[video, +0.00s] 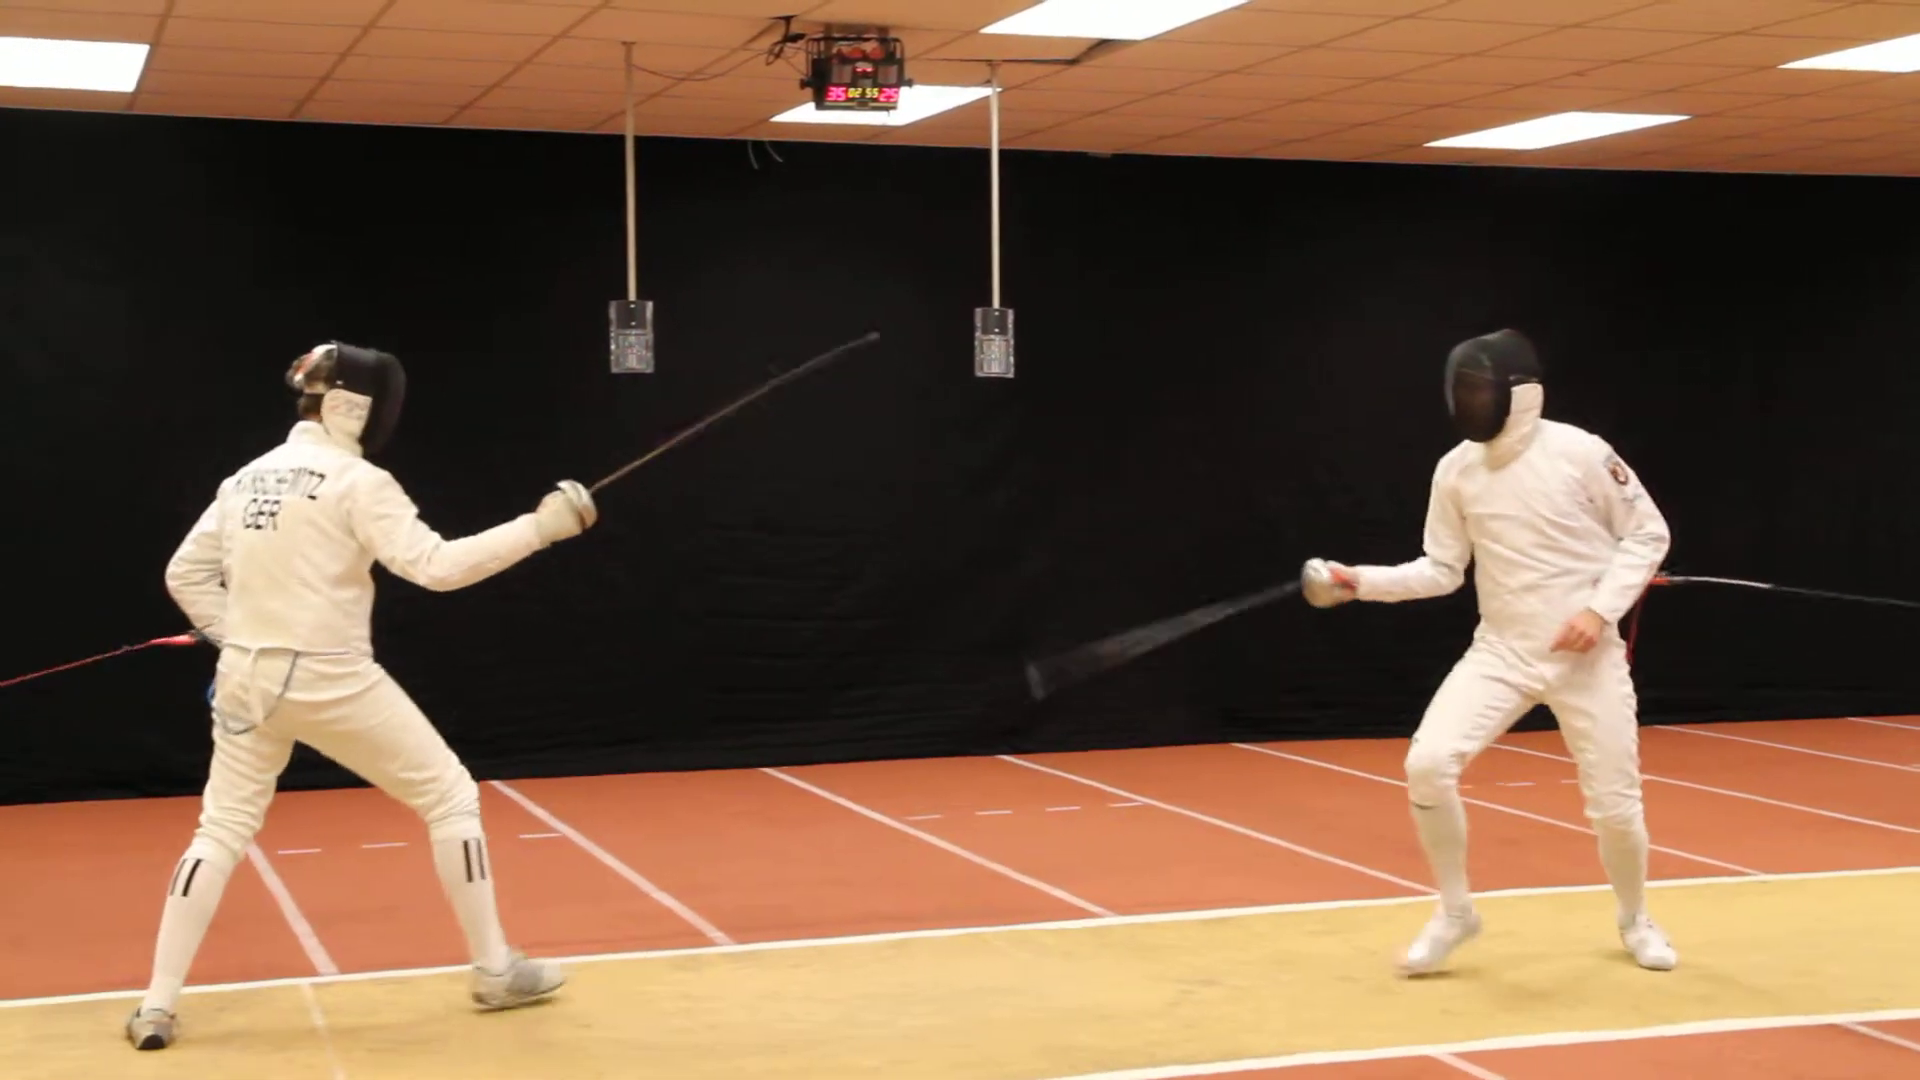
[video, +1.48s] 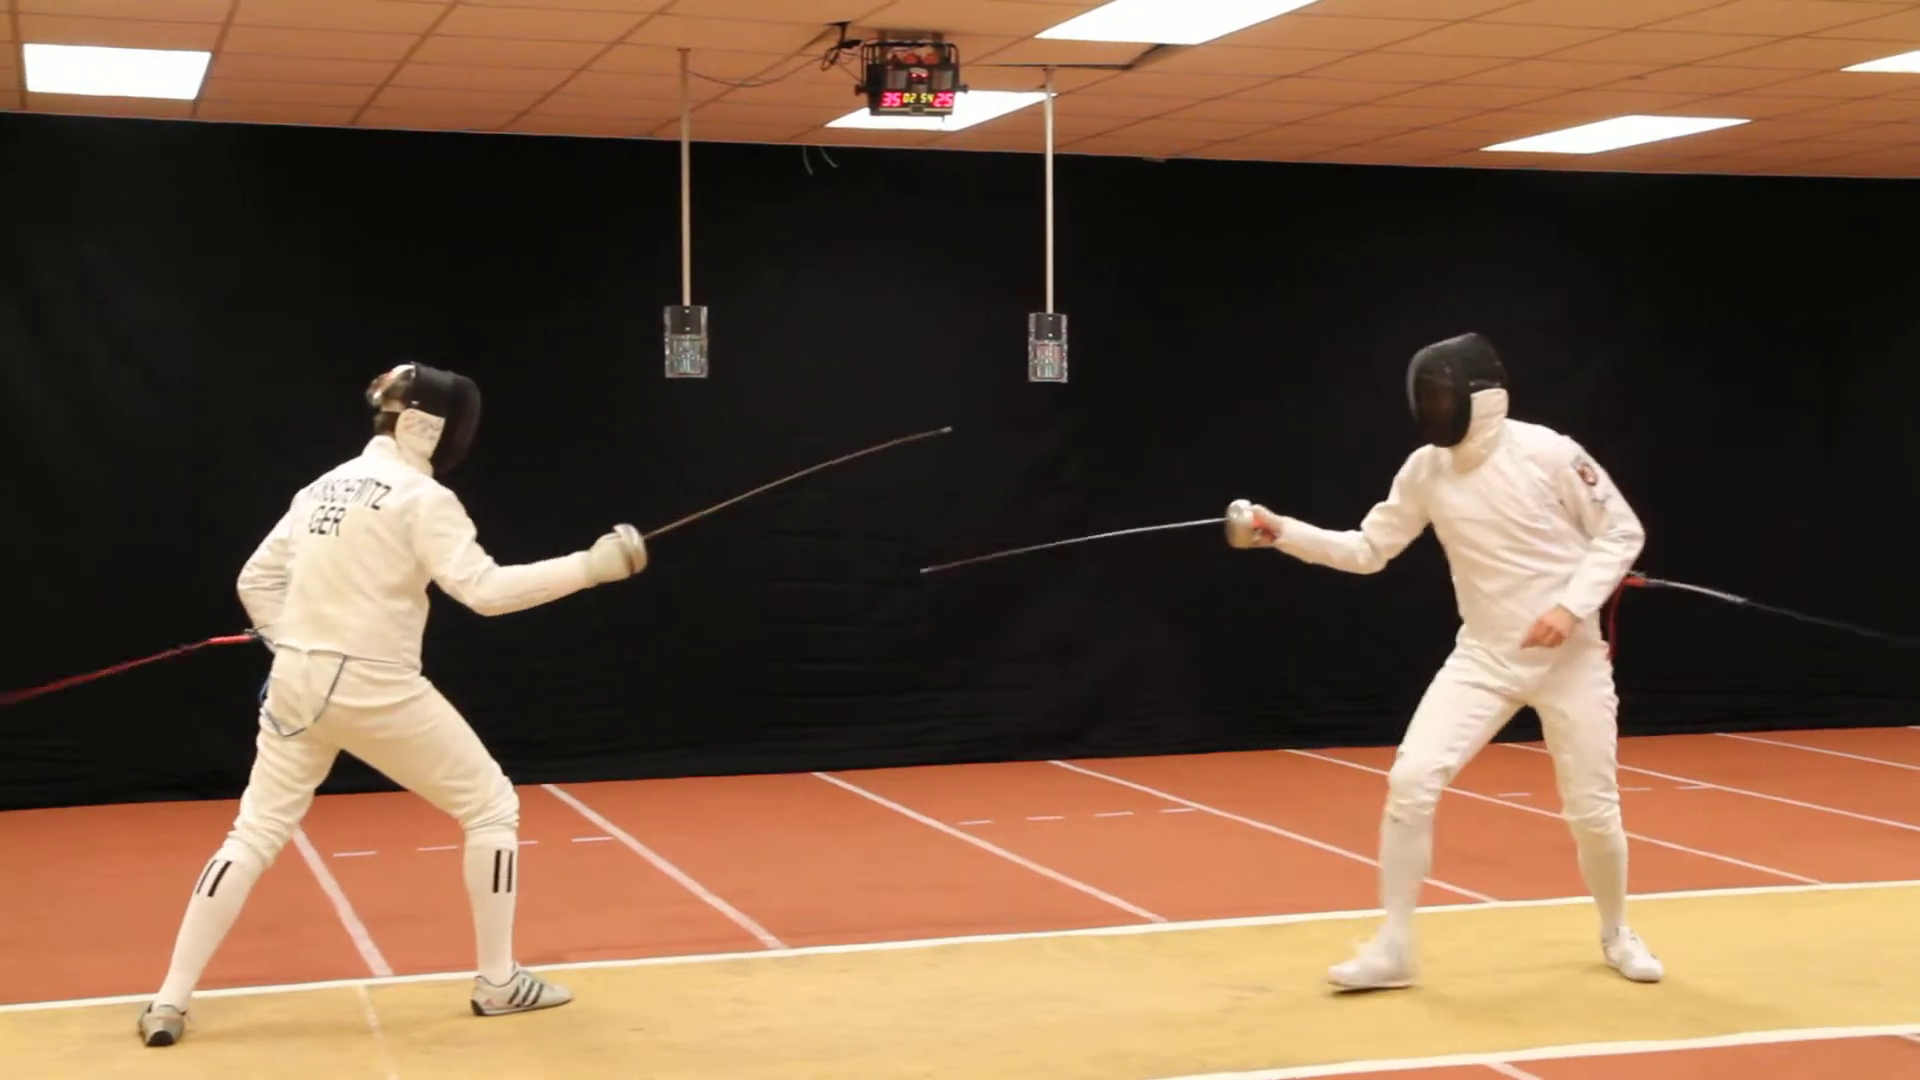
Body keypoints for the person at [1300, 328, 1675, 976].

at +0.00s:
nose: (1465, 401)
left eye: (1479, 388)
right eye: (1462, 388)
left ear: (1522, 391)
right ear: (1461, 393)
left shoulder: (1581, 455)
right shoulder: (1456, 472)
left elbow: (1648, 536)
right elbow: (1442, 568)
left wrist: (1601, 609)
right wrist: (1358, 580)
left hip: (1589, 659)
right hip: (1499, 654)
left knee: (1616, 809)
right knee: (1427, 766)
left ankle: (1635, 921)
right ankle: (1455, 913)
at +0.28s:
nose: (1408, 425)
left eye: (1422, 410)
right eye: (1405, 411)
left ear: (1464, 414)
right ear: (1407, 418)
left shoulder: (1533, 476)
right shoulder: (1405, 492)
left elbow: (1599, 558)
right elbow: (1337, 567)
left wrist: (1567, 641)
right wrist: (1244, 547)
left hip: (1548, 685)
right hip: (1455, 681)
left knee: (1605, 826)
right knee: (1370, 794)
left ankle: (1651, 927)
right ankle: (1315, 953)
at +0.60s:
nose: (1360, 445)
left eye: (1373, 431)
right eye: (1355, 431)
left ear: (1416, 432)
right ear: (1355, 436)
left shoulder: (1483, 488)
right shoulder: (1356, 506)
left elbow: (1556, 563)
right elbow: (1273, 564)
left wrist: (1526, 648)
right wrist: (1176, 538)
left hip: (1515, 691)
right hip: (1421, 690)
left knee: (1586, 834)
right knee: (1323, 789)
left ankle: (1591, 933)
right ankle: (1319, 955)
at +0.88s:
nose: (1309, 443)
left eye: (1323, 430)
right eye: (1306, 430)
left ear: (1367, 426)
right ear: (1313, 432)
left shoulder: (1432, 480)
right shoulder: (1301, 497)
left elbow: (1506, 558)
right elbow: (1210, 533)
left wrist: (1503, 646)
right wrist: (1108, 513)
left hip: (1471, 679)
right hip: (1376, 682)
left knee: (1548, 821)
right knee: (1292, 791)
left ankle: (1566, 929)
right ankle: (1316, 955)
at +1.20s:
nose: (1339, 435)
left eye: (1351, 420)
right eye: (1335, 422)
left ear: (1390, 419)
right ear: (1334, 427)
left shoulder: (1460, 476)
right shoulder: (1334, 496)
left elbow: (1534, 554)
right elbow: (1271, 571)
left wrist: (1498, 636)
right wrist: (1178, 549)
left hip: (1496, 679)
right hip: (1402, 679)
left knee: (1554, 826)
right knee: (1321, 790)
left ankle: (1597, 929)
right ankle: (1329, 959)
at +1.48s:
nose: (1433, 411)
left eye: (1446, 397)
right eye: (1428, 398)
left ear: (1487, 395)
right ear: (1426, 400)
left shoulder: (1549, 455)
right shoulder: (1425, 471)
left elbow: (1623, 534)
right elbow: (1368, 551)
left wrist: (1571, 607)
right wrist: (1280, 531)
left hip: (1571, 659)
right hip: (1481, 659)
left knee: (1594, 812)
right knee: (1410, 783)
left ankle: (1617, 934)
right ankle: (1393, 948)